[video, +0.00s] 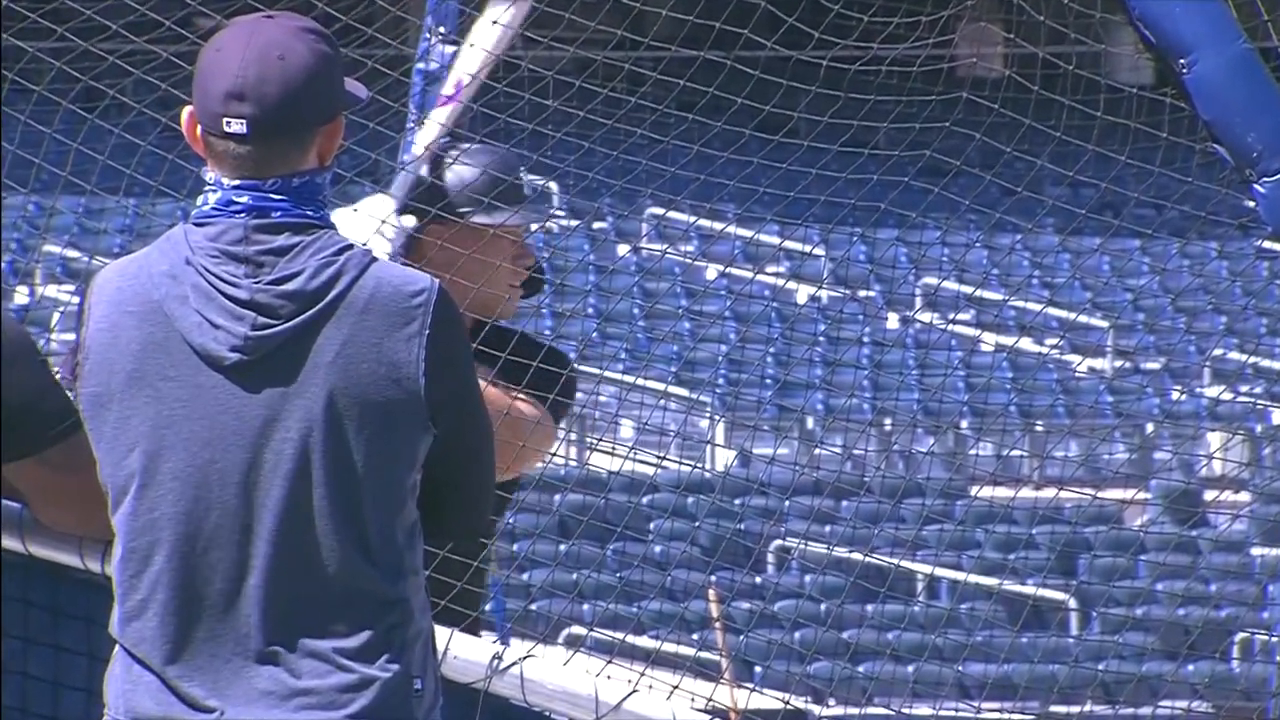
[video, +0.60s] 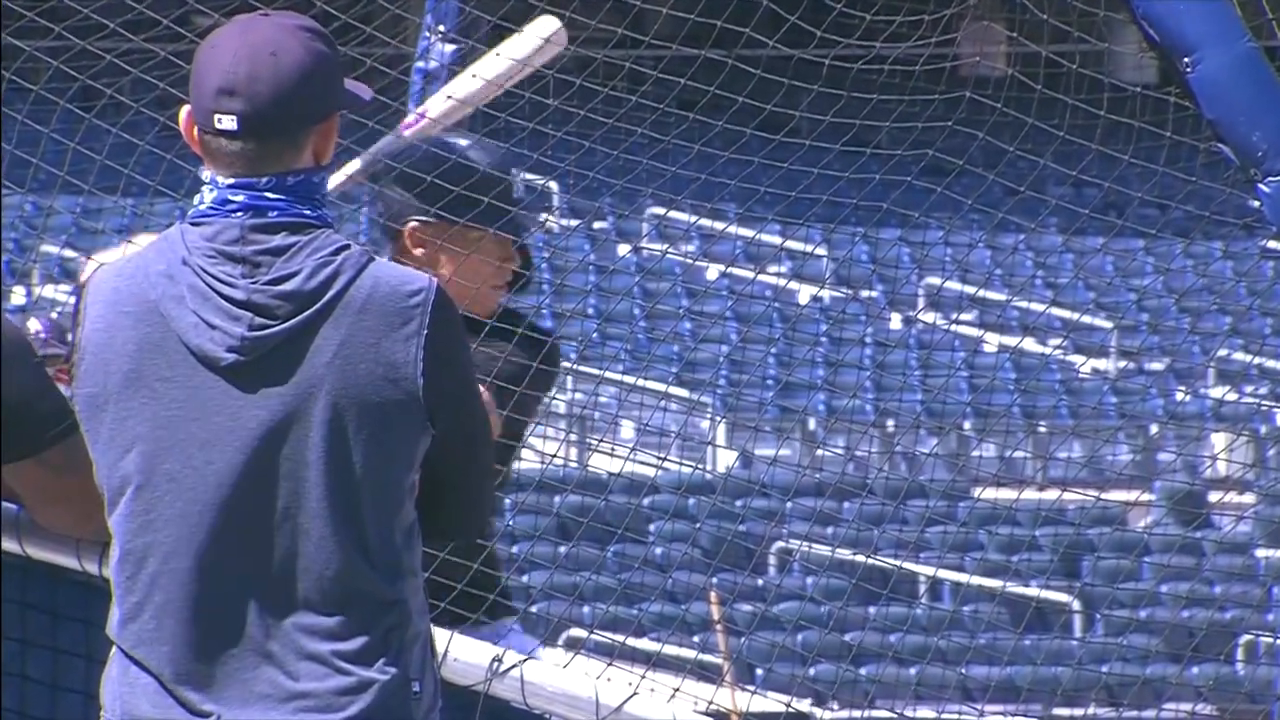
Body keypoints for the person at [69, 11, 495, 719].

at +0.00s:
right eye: (342, 122)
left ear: (191, 135)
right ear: (332, 142)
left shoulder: (112, 297)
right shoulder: (412, 309)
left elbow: (122, 478)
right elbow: (459, 508)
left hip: (150, 698)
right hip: (355, 699)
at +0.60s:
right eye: (340, 126)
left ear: (188, 134)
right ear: (328, 141)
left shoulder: (109, 294)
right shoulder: (411, 309)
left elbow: (123, 477)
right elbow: (461, 506)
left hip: (150, 699)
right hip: (352, 697)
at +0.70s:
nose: (339, 137)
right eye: (339, 125)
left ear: (188, 134)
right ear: (327, 140)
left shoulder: (108, 297)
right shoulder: (407, 306)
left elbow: (125, 479)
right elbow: (457, 509)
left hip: (148, 699)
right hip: (351, 698)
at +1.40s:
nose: (333, 130)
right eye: (332, 118)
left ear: (180, 136)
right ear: (318, 138)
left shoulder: (106, 300)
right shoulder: (404, 308)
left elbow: (124, 482)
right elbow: (461, 510)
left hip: (147, 699)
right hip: (349, 698)